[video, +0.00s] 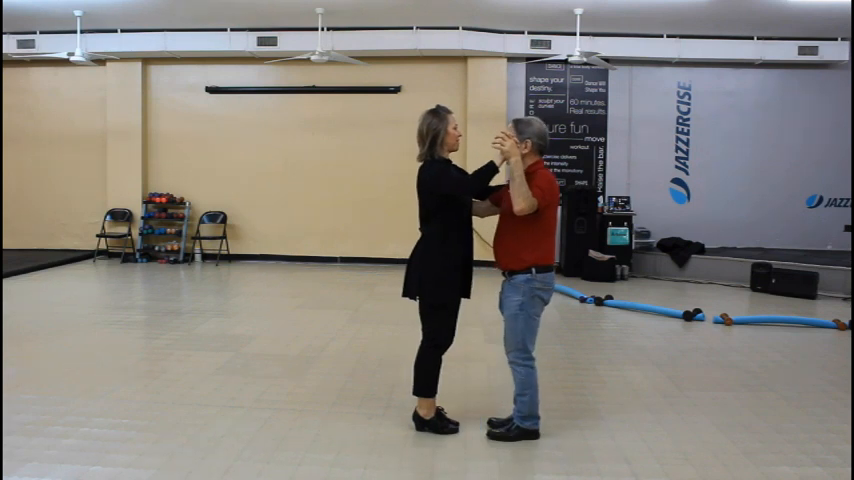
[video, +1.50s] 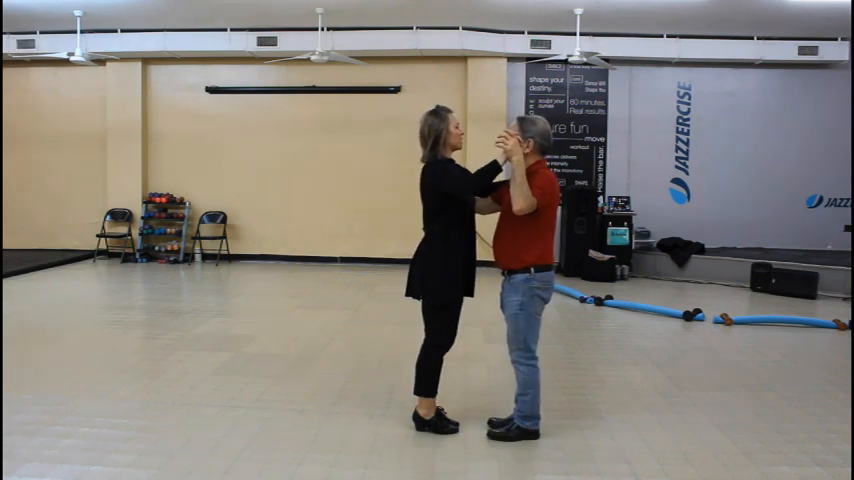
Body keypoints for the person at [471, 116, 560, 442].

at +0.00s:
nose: (504, 144)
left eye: (509, 138)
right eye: (505, 138)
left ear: (526, 145)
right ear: (525, 146)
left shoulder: (543, 178)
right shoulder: (520, 180)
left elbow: (522, 206)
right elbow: (482, 207)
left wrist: (514, 162)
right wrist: (448, 194)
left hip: (532, 277)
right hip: (517, 276)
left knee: (520, 354)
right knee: (516, 353)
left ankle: (527, 423)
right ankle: (521, 416)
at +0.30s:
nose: (508, 139)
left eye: (513, 135)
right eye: (509, 134)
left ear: (530, 144)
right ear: (529, 145)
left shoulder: (544, 176)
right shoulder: (521, 180)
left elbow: (523, 204)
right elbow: (482, 205)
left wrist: (516, 159)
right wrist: (450, 189)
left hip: (532, 277)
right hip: (517, 275)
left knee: (525, 353)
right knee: (520, 352)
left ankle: (527, 423)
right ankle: (522, 416)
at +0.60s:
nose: (507, 145)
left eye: (512, 139)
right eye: (508, 140)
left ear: (528, 145)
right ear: (529, 146)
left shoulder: (546, 179)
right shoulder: (520, 181)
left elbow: (526, 206)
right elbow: (483, 206)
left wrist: (519, 162)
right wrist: (452, 189)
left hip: (532, 277)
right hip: (517, 276)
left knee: (522, 353)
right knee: (518, 353)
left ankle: (527, 423)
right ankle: (522, 416)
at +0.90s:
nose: (510, 138)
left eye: (516, 133)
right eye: (512, 133)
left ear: (531, 144)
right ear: (530, 145)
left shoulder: (546, 178)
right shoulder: (519, 180)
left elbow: (524, 204)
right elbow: (483, 205)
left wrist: (519, 159)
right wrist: (450, 190)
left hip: (532, 277)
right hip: (517, 275)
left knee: (525, 353)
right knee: (520, 352)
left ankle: (527, 422)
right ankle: (522, 415)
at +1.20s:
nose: (506, 145)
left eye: (511, 139)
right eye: (507, 139)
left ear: (528, 145)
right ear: (528, 145)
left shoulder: (546, 178)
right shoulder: (520, 181)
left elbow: (524, 207)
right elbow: (483, 205)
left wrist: (518, 163)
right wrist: (452, 189)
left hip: (532, 277)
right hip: (517, 276)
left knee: (524, 354)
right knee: (519, 353)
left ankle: (527, 423)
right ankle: (522, 416)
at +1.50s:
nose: (507, 142)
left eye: (512, 137)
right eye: (508, 137)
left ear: (527, 144)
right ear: (527, 145)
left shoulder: (544, 176)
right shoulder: (520, 179)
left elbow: (522, 206)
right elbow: (483, 204)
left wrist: (516, 162)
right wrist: (451, 189)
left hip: (531, 277)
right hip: (517, 276)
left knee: (524, 354)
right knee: (519, 353)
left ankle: (527, 422)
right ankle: (522, 416)